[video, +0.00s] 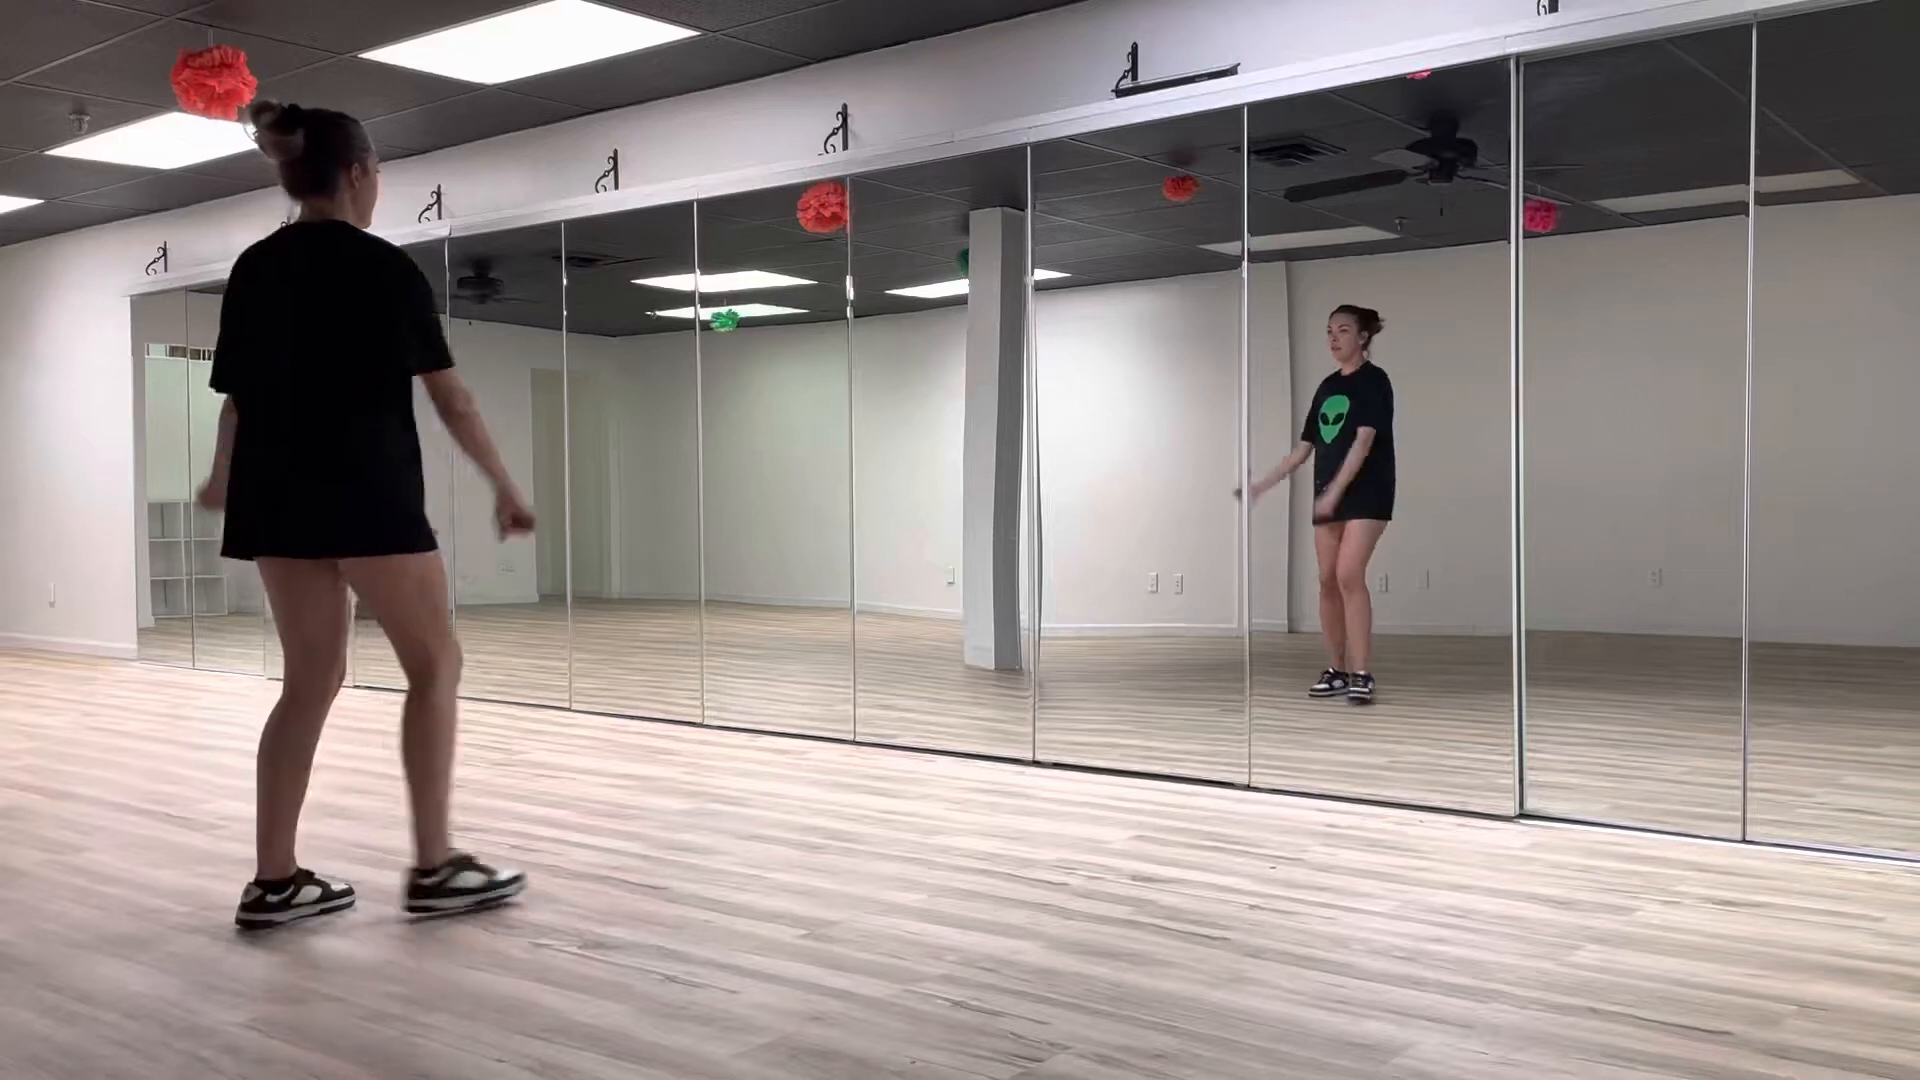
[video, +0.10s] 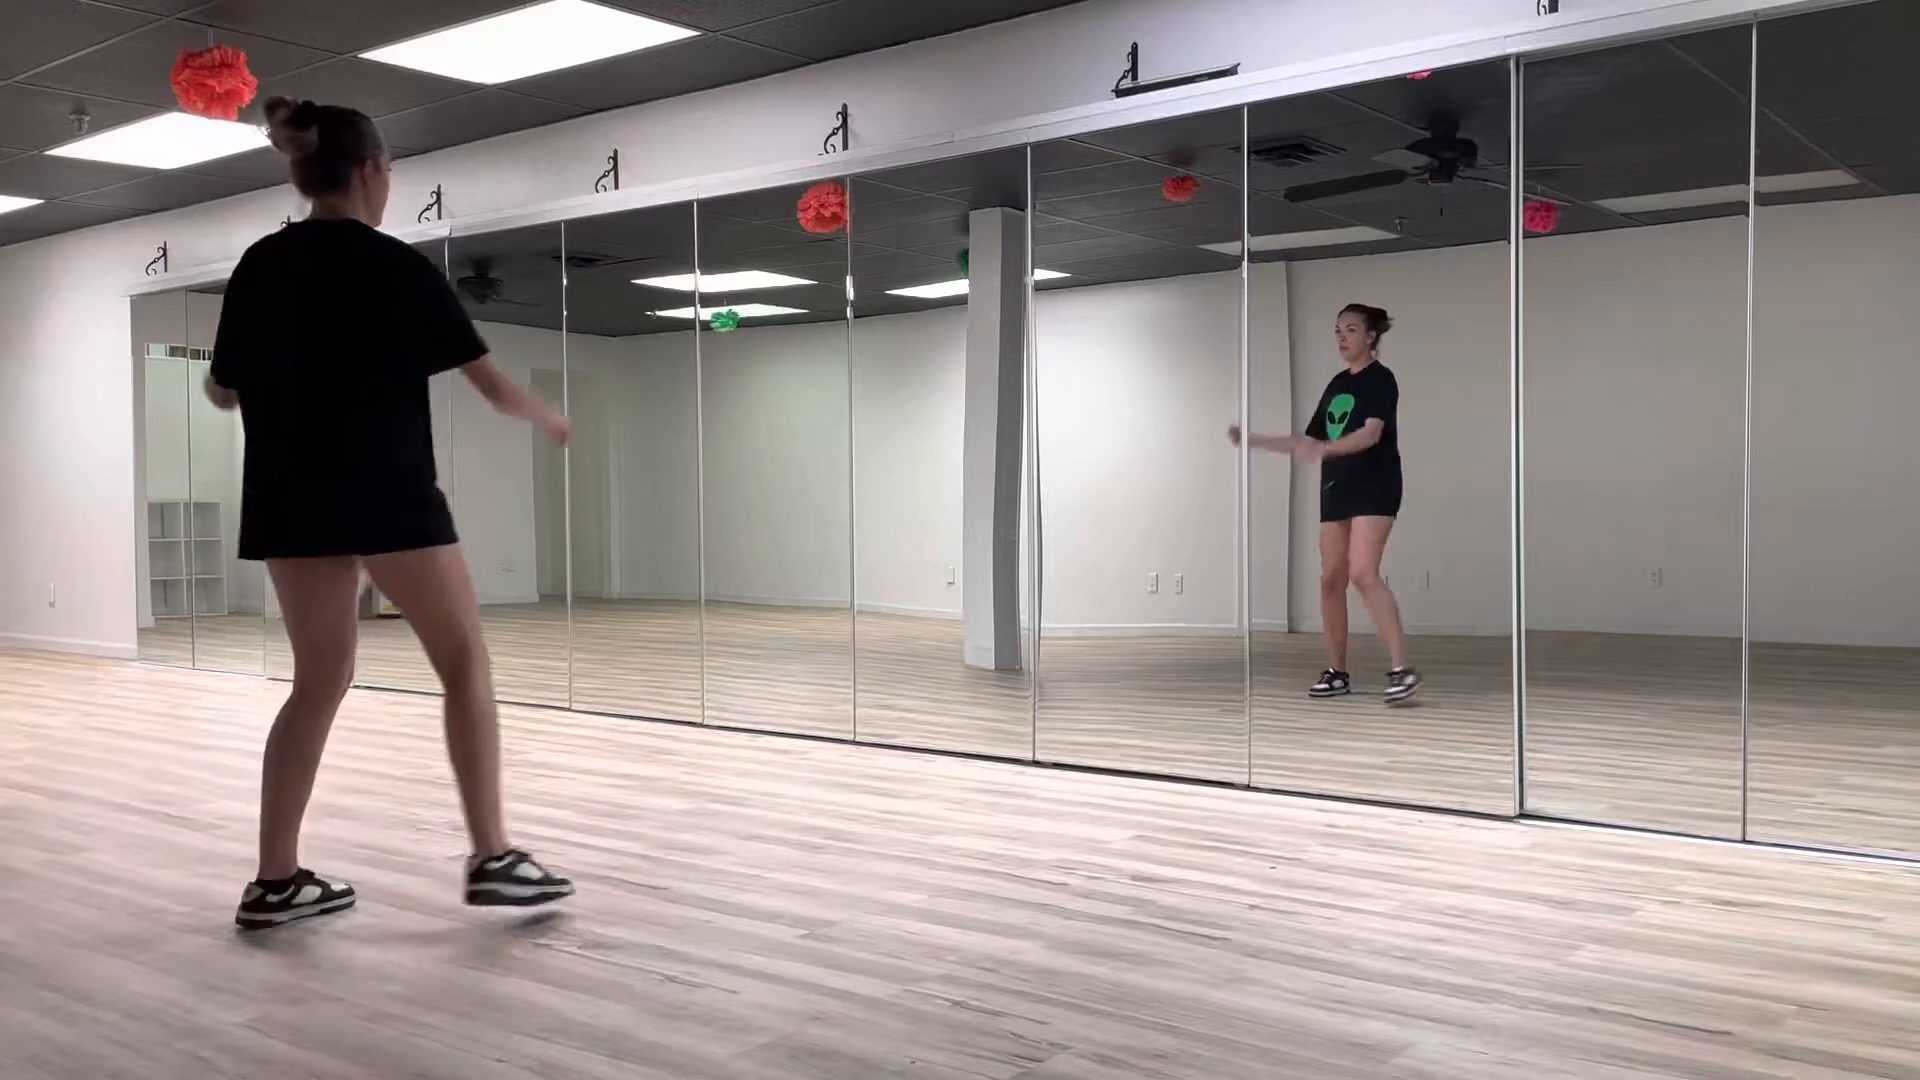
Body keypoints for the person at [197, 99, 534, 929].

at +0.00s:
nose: (379, 188)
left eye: (375, 177)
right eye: (375, 176)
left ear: (294, 182)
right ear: (358, 177)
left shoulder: (253, 269)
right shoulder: (388, 269)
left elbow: (237, 397)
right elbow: (449, 397)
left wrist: (221, 479)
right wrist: (505, 483)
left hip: (272, 501)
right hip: (372, 499)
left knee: (308, 678)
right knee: (434, 662)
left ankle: (273, 877)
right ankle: (435, 862)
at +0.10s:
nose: (390, 185)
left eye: (386, 174)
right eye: (387, 173)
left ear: (302, 180)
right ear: (370, 173)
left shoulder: (258, 265)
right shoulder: (400, 267)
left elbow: (221, 390)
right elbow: (494, 384)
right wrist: (548, 418)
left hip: (287, 502)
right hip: (391, 493)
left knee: (317, 680)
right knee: (463, 660)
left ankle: (274, 878)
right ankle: (492, 854)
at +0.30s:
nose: (433, 192)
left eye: (428, 180)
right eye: (431, 180)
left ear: (349, 184)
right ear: (416, 179)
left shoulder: (286, 268)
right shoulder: (455, 265)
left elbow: (169, 319)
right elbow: (588, 315)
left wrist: (226, 314)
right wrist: (540, 301)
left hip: (339, 503)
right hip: (453, 492)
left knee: (343, 682)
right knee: (511, 673)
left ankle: (297, 873)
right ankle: (569, 842)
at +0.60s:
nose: (493, 255)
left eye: (489, 246)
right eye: (491, 245)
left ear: (406, 250)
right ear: (478, 243)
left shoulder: (357, 320)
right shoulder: (517, 314)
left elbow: (223, 357)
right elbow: (639, 330)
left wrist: (311, 434)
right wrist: (582, 382)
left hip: (431, 541)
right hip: (541, 532)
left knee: (384, 701)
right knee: (559, 735)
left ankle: (325, 877)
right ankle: (593, 933)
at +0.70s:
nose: (488, 253)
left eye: (484, 241)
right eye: (487, 240)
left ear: (402, 244)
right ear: (473, 240)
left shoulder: (347, 325)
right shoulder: (504, 318)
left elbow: (244, 414)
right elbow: (628, 366)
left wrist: (326, 502)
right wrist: (595, 438)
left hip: (417, 538)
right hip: (526, 532)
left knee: (389, 697)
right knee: (553, 732)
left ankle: (330, 877)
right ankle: (592, 931)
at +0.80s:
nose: (470, 239)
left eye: (466, 226)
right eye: (469, 226)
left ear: (387, 229)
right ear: (453, 225)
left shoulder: (334, 319)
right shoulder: (481, 311)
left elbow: (276, 449)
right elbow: (596, 409)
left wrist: (320, 555)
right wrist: (596, 509)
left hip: (382, 533)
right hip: (490, 525)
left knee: (386, 694)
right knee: (534, 713)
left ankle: (329, 879)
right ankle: (588, 909)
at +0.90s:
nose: (447, 219)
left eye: (444, 205)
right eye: (444, 205)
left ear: (363, 210)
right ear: (425, 206)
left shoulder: (311, 300)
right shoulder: (452, 300)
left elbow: (290, 440)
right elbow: (532, 427)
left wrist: (306, 554)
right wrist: (578, 530)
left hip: (346, 520)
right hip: (451, 513)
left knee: (380, 688)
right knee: (516, 697)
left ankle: (330, 878)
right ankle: (574, 873)